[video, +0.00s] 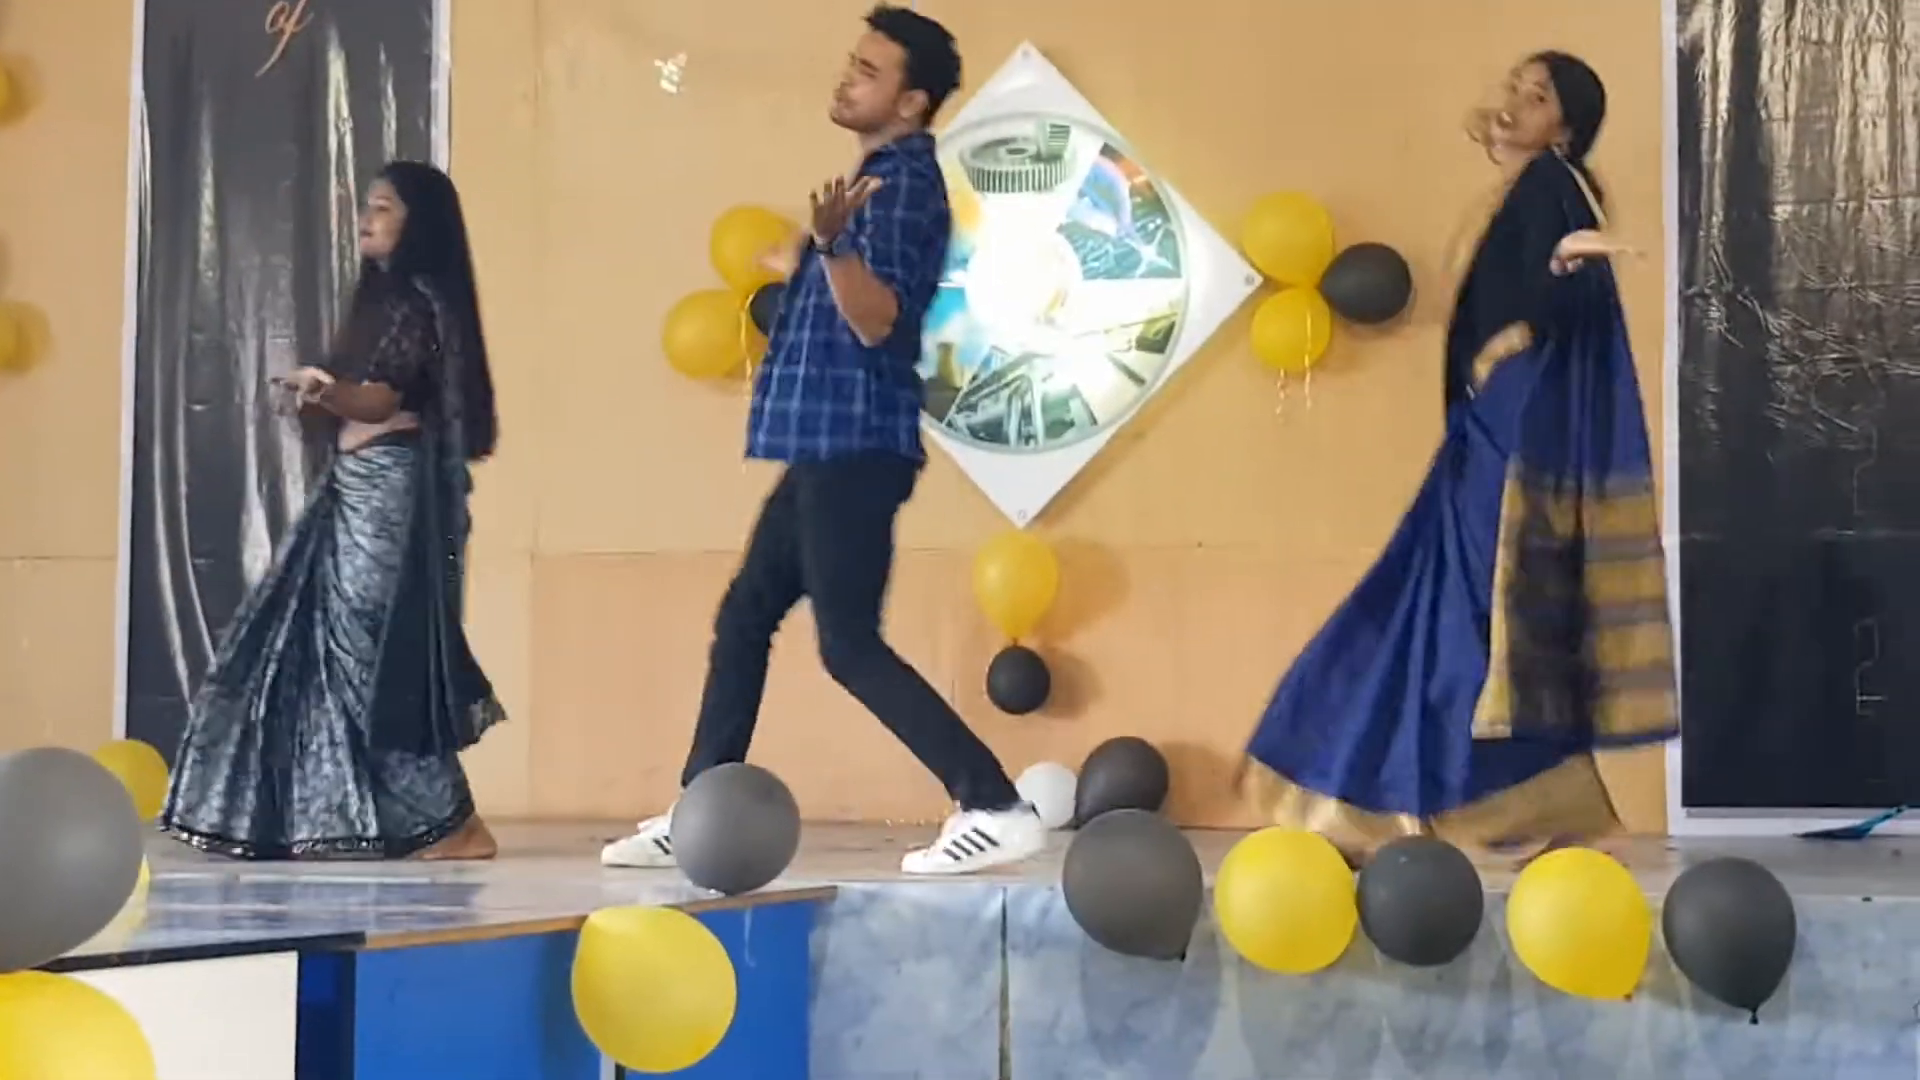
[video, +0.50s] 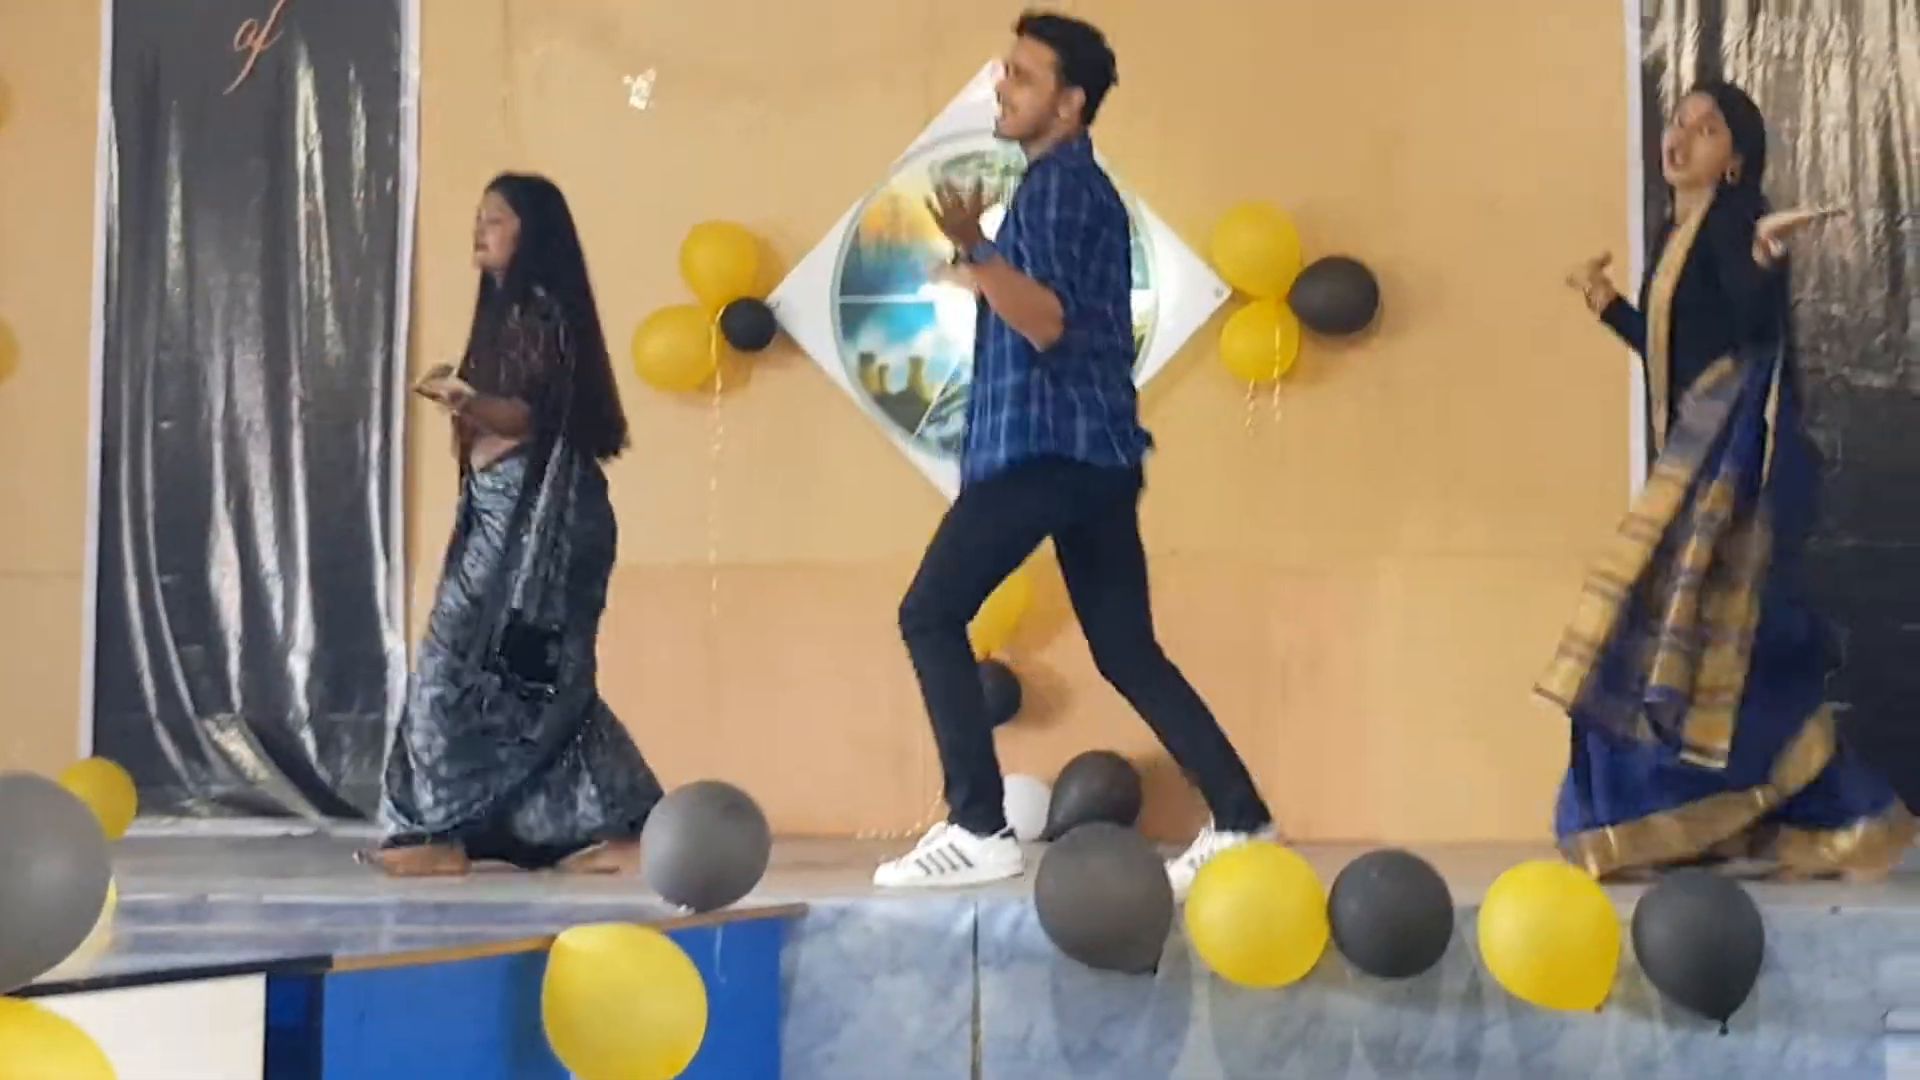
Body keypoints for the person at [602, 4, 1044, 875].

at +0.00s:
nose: (846, 80)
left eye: (868, 72)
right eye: (851, 65)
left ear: (915, 98)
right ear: (876, 85)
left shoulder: (907, 177)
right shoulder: (867, 179)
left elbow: (875, 320)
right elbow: (826, 317)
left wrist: (834, 241)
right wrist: (779, 289)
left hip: (860, 451)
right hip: (824, 451)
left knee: (850, 648)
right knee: (743, 622)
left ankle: (996, 806)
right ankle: (699, 822)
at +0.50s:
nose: (1000, 88)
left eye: (1022, 77)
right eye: (1005, 72)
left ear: (1073, 101)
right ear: (1060, 98)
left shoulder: (1056, 184)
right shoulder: (1087, 189)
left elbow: (1044, 321)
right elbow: (1068, 326)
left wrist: (971, 249)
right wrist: (983, 262)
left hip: (1043, 453)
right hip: (1100, 457)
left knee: (928, 615)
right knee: (1128, 654)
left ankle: (978, 829)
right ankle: (1246, 824)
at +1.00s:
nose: (902, 233)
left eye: (918, 214)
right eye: (889, 218)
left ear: (960, 213)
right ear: (880, 223)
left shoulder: (1009, 325)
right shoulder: (862, 320)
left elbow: (1020, 461)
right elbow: (852, 444)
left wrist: (930, 397)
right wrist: (811, 510)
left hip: (976, 549)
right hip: (899, 557)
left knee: (942, 752)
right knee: (953, 767)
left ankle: (987, 949)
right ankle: (1124, 919)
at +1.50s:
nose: (614, 301)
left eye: (627, 282)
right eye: (596, 286)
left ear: (648, 264)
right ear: (569, 275)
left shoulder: (700, 328)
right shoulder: (542, 342)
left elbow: (798, 430)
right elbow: (466, 450)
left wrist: (800, 368)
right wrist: (460, 376)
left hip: (696, 579)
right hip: (592, 584)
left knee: (756, 734)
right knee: (535, 755)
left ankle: (874, 909)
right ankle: (486, 949)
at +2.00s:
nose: (567, 244)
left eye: (577, 225)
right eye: (547, 231)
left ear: (591, 214)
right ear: (510, 225)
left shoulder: (630, 275)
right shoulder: (472, 296)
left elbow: (751, 328)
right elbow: (369, 380)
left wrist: (688, 245)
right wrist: (408, 276)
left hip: (626, 534)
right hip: (527, 539)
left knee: (644, 696)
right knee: (501, 734)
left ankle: (631, 869)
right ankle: (477, 924)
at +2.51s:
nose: (741, 237)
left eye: (756, 218)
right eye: (724, 224)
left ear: (781, 196)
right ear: (703, 215)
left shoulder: (826, 270)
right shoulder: (693, 275)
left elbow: (897, 368)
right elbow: (616, 349)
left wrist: (860, 261)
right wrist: (642, 251)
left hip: (804, 527)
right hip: (714, 527)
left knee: (864, 706)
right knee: (611, 663)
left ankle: (948, 871)